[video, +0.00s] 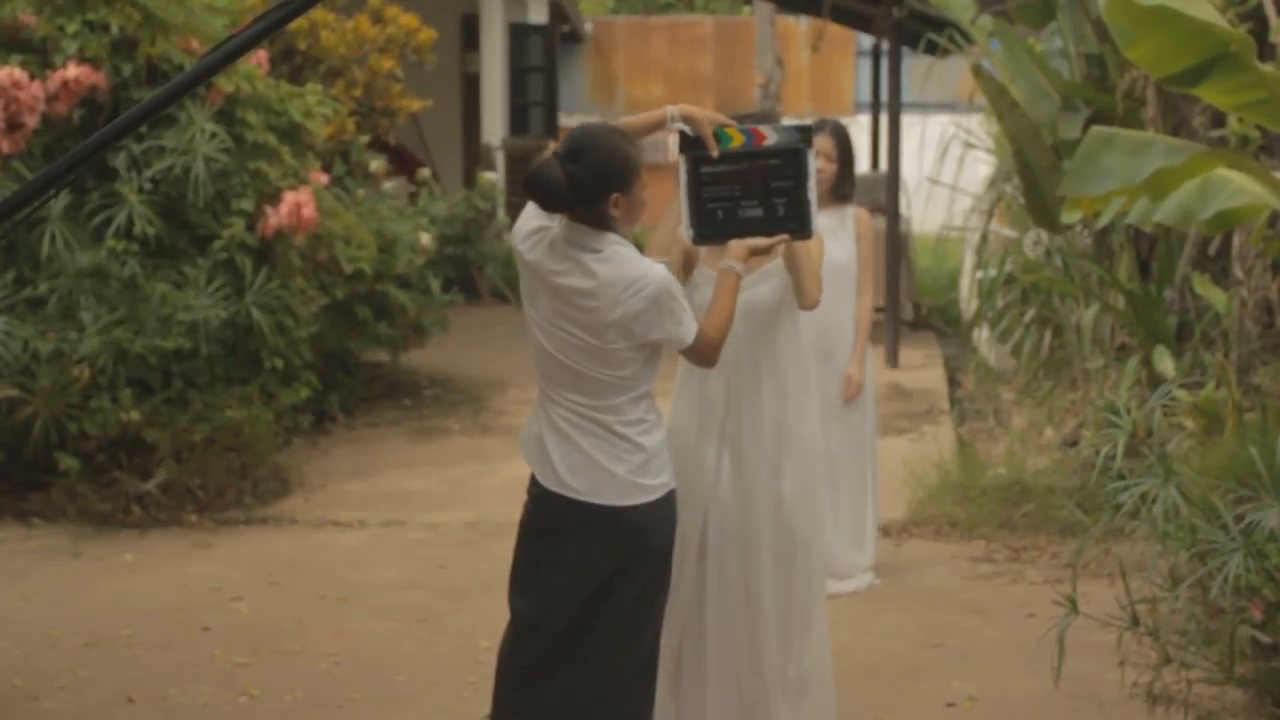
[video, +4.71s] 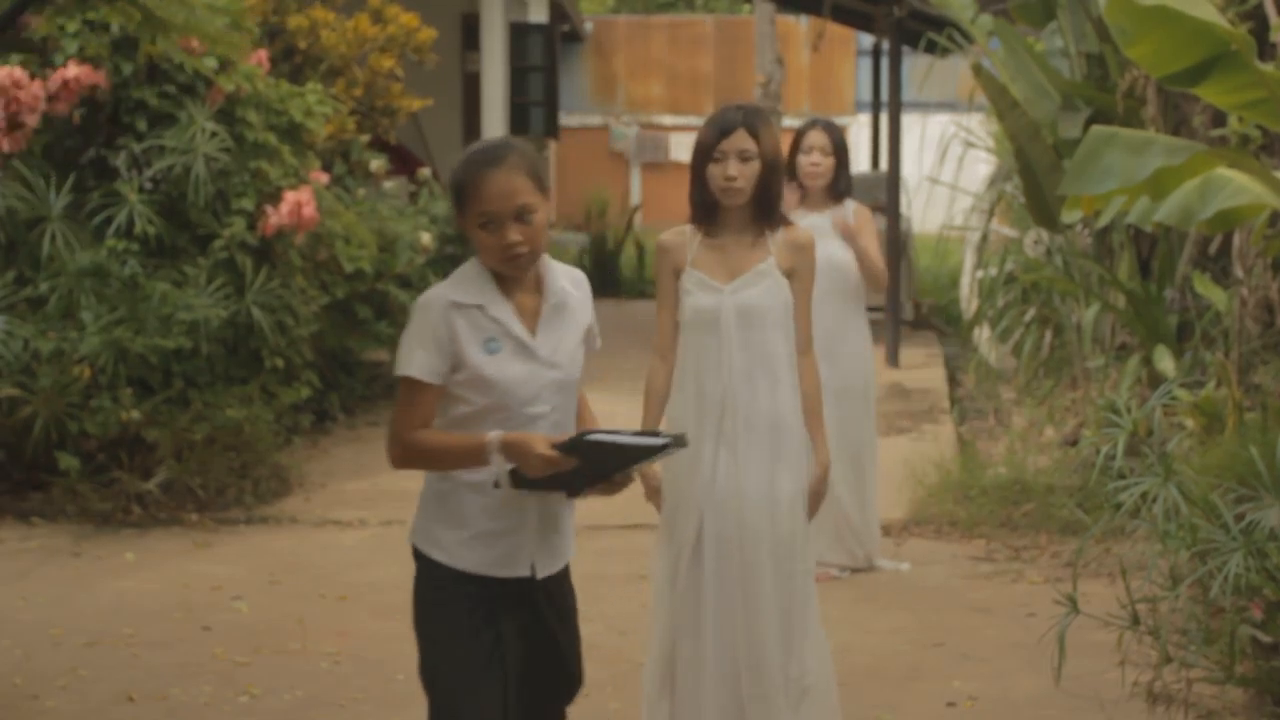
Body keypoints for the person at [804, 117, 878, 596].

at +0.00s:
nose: (817, 165)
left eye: (827, 158)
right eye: (812, 155)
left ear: (843, 167)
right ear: (799, 161)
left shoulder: (856, 220)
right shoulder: (783, 214)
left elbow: (866, 293)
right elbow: (762, 291)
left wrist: (856, 360)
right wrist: (759, 357)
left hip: (834, 352)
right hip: (785, 353)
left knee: (836, 456)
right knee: (787, 456)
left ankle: (840, 558)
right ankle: (788, 560)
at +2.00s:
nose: (834, 200)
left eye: (842, 191)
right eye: (825, 192)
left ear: (855, 190)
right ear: (810, 191)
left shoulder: (867, 224)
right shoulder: (796, 226)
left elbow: (878, 262)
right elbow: (776, 276)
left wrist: (890, 310)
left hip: (852, 353)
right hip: (800, 357)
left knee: (854, 453)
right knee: (804, 455)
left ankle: (853, 551)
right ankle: (809, 554)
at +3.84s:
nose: (832, 183)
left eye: (841, 175)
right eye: (824, 174)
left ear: (850, 176)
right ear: (805, 173)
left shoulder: (857, 220)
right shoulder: (786, 221)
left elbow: (873, 288)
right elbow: (771, 293)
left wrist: (888, 354)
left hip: (845, 353)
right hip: (795, 354)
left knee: (844, 450)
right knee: (802, 451)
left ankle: (850, 547)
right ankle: (812, 552)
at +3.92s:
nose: (834, 180)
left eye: (842, 170)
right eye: (824, 170)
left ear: (853, 171)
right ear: (804, 169)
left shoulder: (857, 219)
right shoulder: (785, 217)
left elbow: (873, 288)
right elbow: (777, 283)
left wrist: (886, 354)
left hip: (846, 347)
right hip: (796, 348)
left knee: (845, 445)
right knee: (802, 445)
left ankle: (849, 545)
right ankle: (807, 550)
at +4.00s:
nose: (830, 174)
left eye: (837, 164)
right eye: (819, 164)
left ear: (848, 163)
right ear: (800, 164)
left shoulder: (855, 210)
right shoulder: (782, 210)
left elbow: (871, 285)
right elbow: (770, 280)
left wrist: (882, 353)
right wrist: (775, 346)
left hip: (844, 345)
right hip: (794, 343)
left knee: (841, 444)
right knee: (799, 444)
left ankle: (848, 545)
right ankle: (806, 549)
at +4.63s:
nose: (815, 160)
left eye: (825, 151)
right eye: (806, 151)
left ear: (840, 160)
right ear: (793, 159)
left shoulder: (857, 217)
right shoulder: (780, 217)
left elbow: (875, 280)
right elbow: (763, 275)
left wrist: (862, 298)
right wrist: (776, 309)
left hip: (845, 345)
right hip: (793, 344)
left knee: (849, 442)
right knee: (801, 440)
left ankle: (851, 544)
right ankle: (807, 546)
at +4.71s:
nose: (815, 161)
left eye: (825, 153)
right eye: (807, 152)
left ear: (839, 161)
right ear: (793, 160)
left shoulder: (855, 215)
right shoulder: (780, 214)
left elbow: (880, 282)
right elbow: (762, 275)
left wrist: (855, 241)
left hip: (845, 340)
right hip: (792, 338)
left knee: (848, 439)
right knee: (797, 437)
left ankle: (848, 545)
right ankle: (806, 545)